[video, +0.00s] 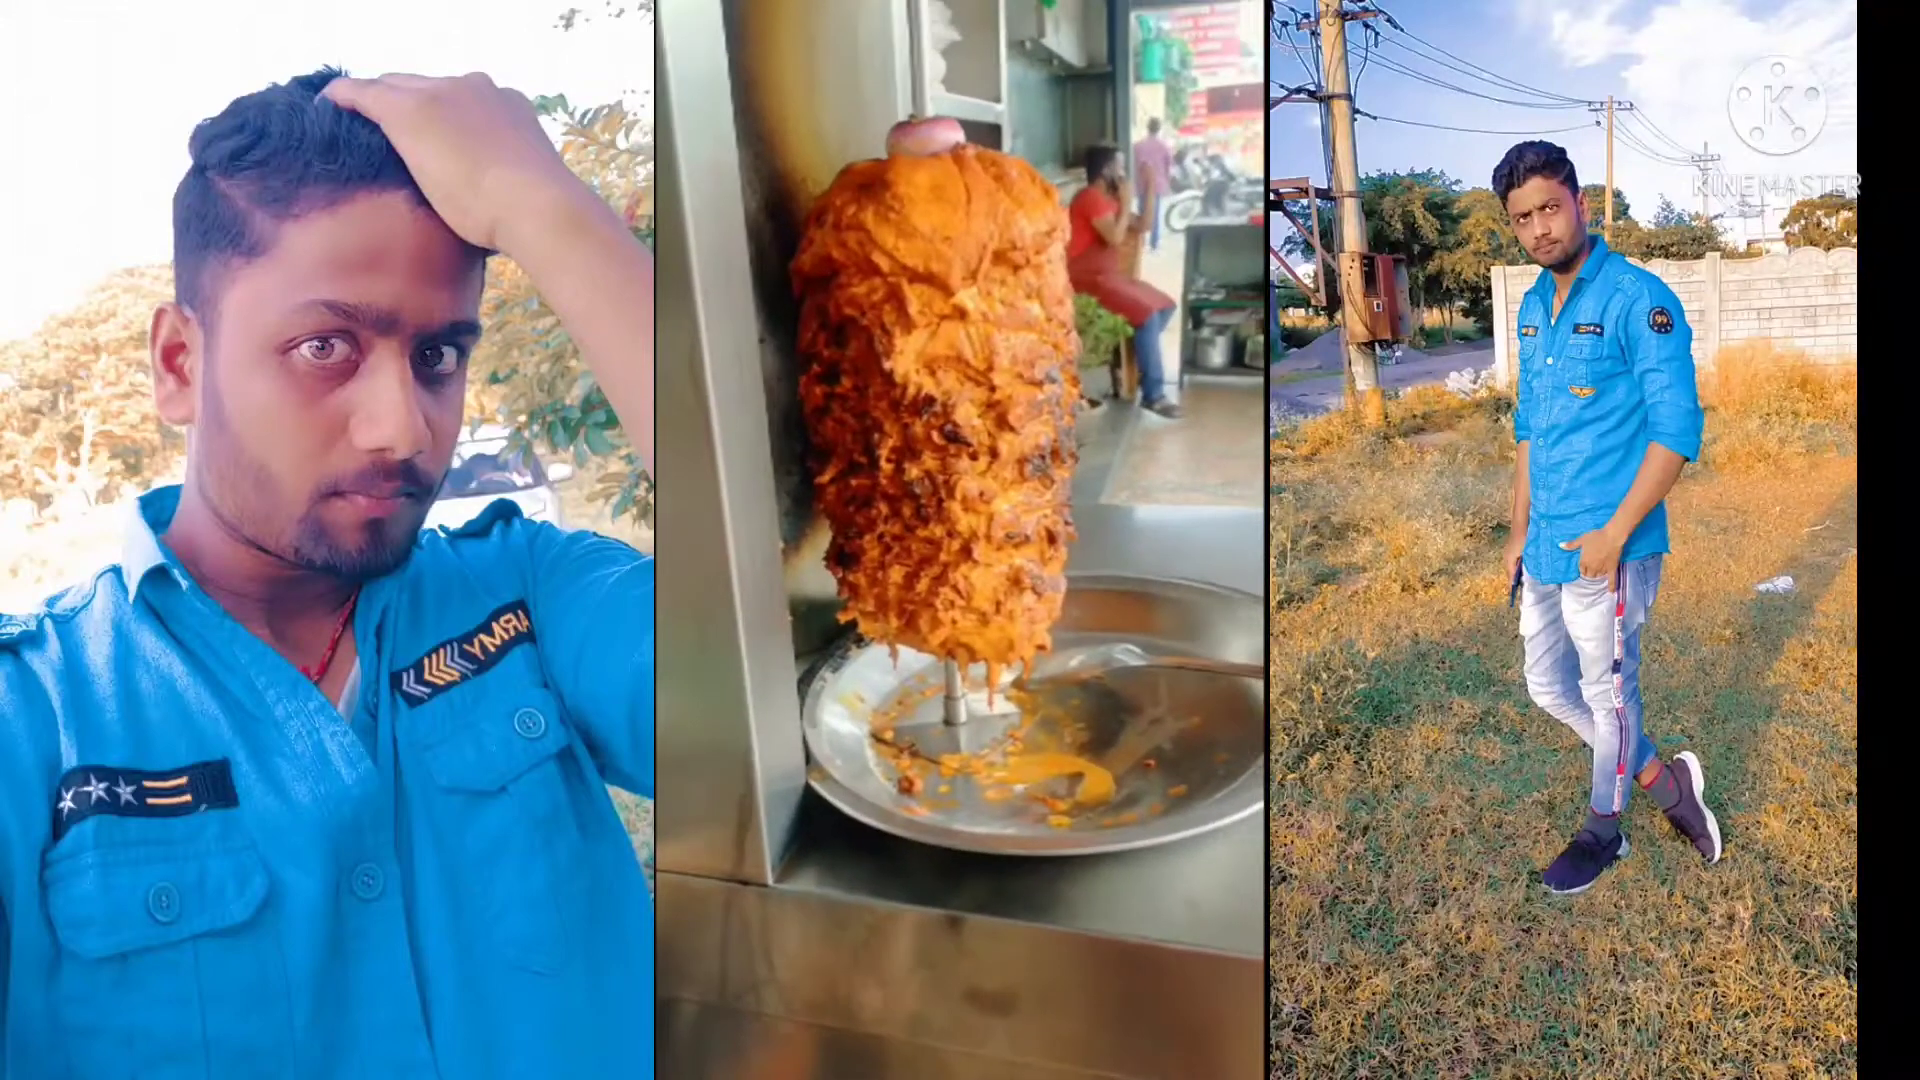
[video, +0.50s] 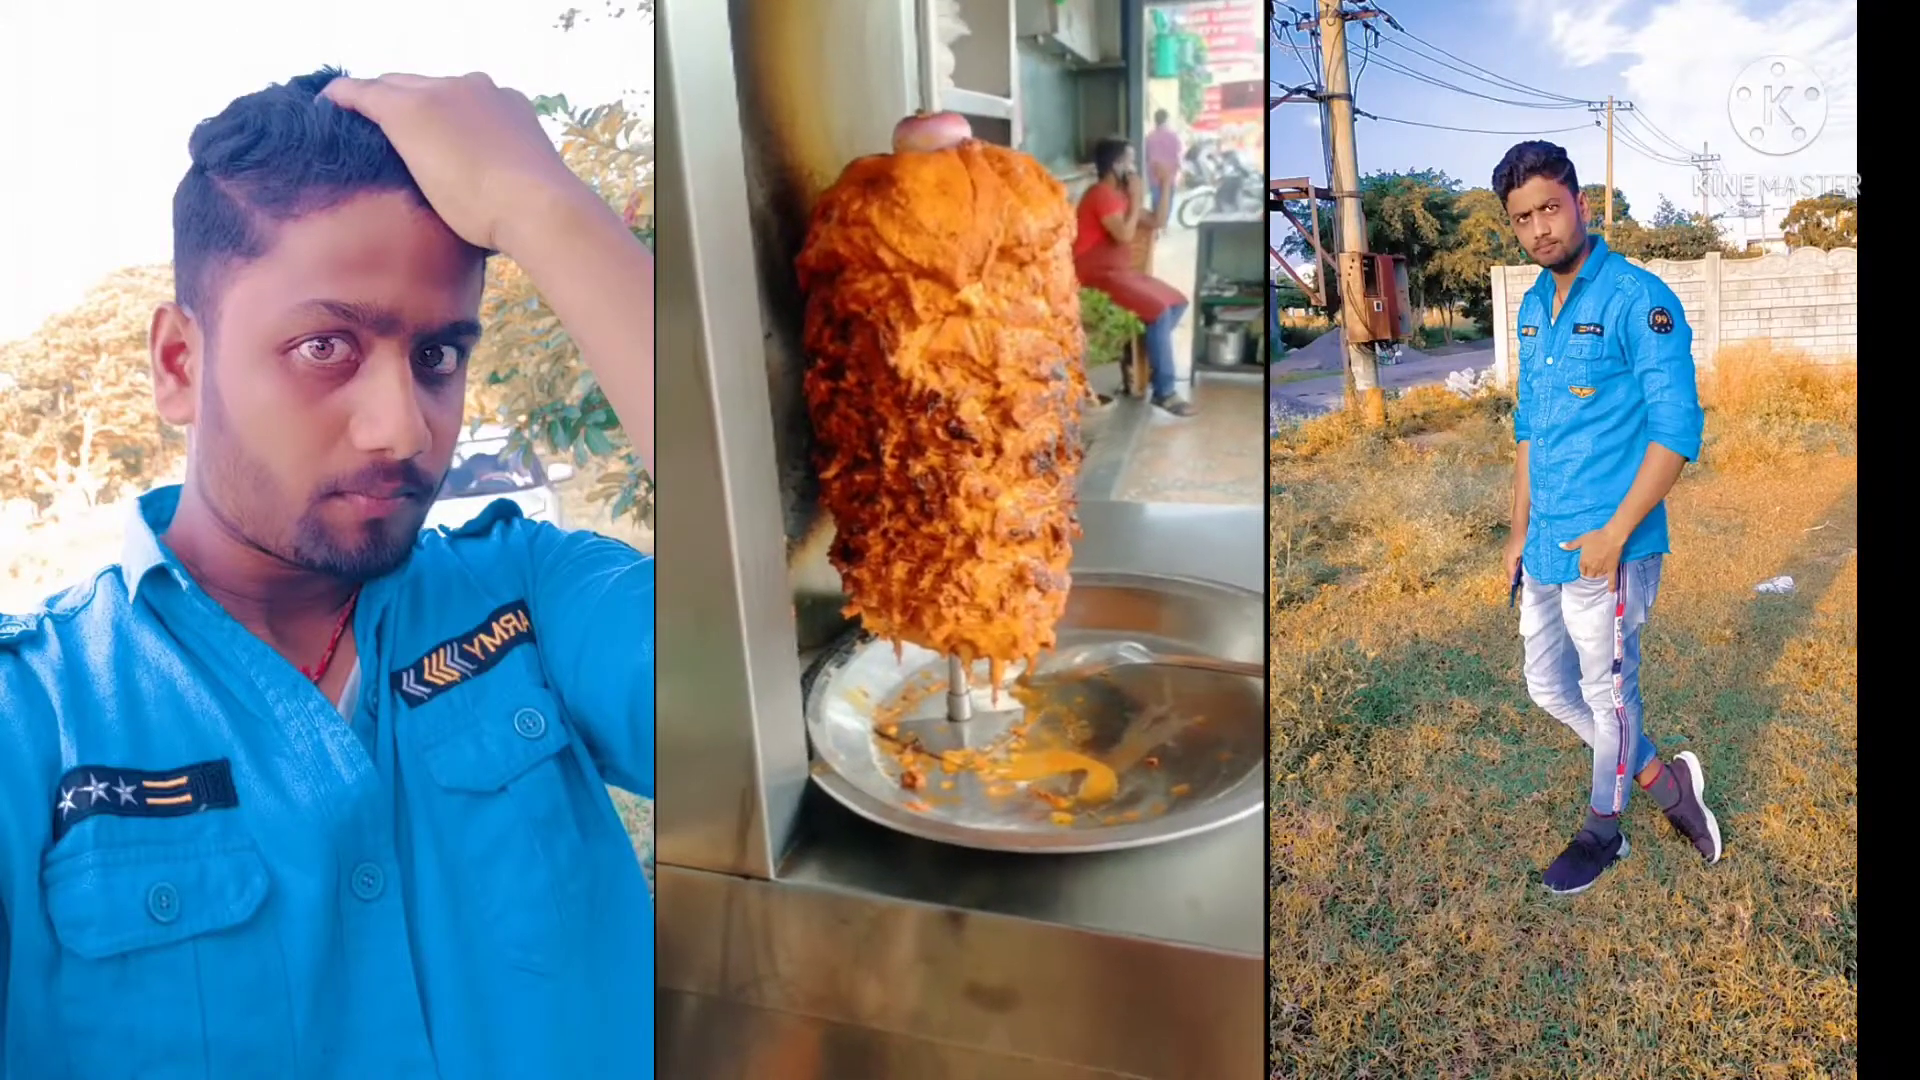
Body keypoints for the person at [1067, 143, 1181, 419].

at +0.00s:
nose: (1122, 171)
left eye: (1121, 165)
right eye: (1117, 165)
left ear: (1102, 170)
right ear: (1104, 169)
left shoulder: (1108, 197)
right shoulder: (1089, 198)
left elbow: (1141, 226)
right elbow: (1114, 236)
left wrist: (1150, 191)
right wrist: (1124, 199)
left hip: (1110, 273)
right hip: (1090, 276)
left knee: (1166, 306)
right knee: (1146, 315)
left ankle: (1123, 362)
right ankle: (1154, 395)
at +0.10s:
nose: (1125, 172)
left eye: (1124, 166)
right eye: (1121, 166)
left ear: (1105, 171)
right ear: (1107, 170)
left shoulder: (1110, 198)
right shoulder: (1093, 199)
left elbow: (1145, 227)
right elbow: (1117, 237)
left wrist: (1153, 191)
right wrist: (1127, 200)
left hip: (1112, 274)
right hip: (1092, 277)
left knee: (1169, 307)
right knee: (1149, 316)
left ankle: (1126, 364)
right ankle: (1156, 397)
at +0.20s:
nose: (1126, 174)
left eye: (1126, 168)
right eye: (1122, 168)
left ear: (1106, 173)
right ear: (1107, 172)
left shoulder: (1110, 200)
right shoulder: (1093, 201)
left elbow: (1146, 228)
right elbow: (1118, 239)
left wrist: (1155, 191)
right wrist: (1128, 201)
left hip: (1114, 277)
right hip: (1093, 280)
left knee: (1170, 309)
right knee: (1151, 318)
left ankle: (1127, 364)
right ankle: (1158, 398)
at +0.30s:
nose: (1136, 163)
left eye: (1136, 156)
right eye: (1132, 157)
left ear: (1117, 162)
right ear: (1117, 161)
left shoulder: (1122, 190)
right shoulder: (1103, 191)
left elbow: (1158, 219)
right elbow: (1127, 230)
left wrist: (1168, 182)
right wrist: (1138, 191)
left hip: (1125, 267)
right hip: (1103, 269)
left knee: (1180, 300)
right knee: (1161, 308)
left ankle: (1136, 355)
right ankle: (1167, 389)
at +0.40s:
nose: (1138, 168)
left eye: (1138, 162)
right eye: (1133, 162)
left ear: (1119, 168)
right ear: (1118, 167)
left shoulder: (1123, 195)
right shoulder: (1105, 196)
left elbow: (1160, 223)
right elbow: (1128, 236)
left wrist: (1171, 186)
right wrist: (1140, 197)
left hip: (1126, 272)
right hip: (1104, 275)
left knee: (1182, 305)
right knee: (1162, 312)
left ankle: (1138, 361)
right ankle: (1168, 394)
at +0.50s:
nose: (1133, 166)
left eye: (1133, 160)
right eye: (1128, 160)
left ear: (1114, 165)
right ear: (1113, 164)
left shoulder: (1119, 193)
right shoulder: (1101, 194)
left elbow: (1156, 222)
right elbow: (1124, 234)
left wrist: (1166, 186)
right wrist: (1135, 194)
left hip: (1121, 270)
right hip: (1099, 272)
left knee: (1178, 303)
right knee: (1158, 311)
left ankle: (1134, 357)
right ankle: (1164, 392)